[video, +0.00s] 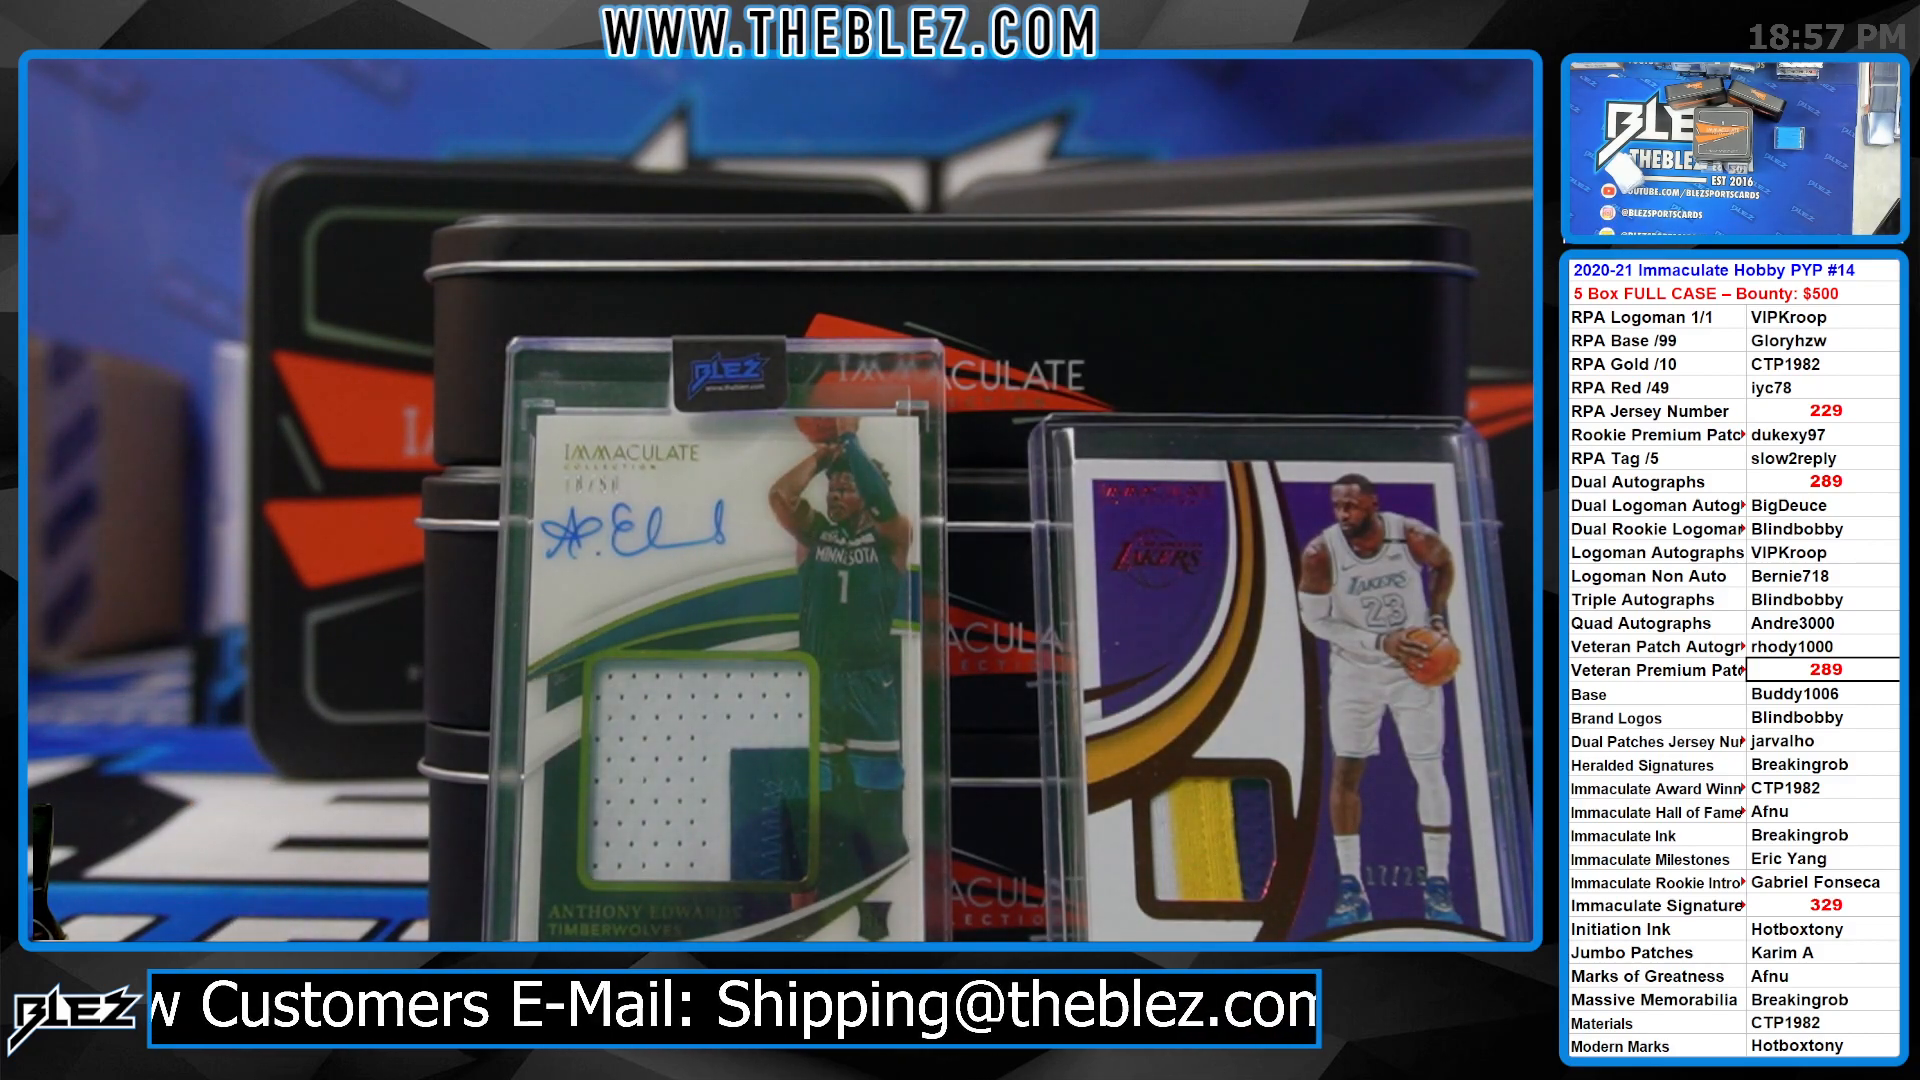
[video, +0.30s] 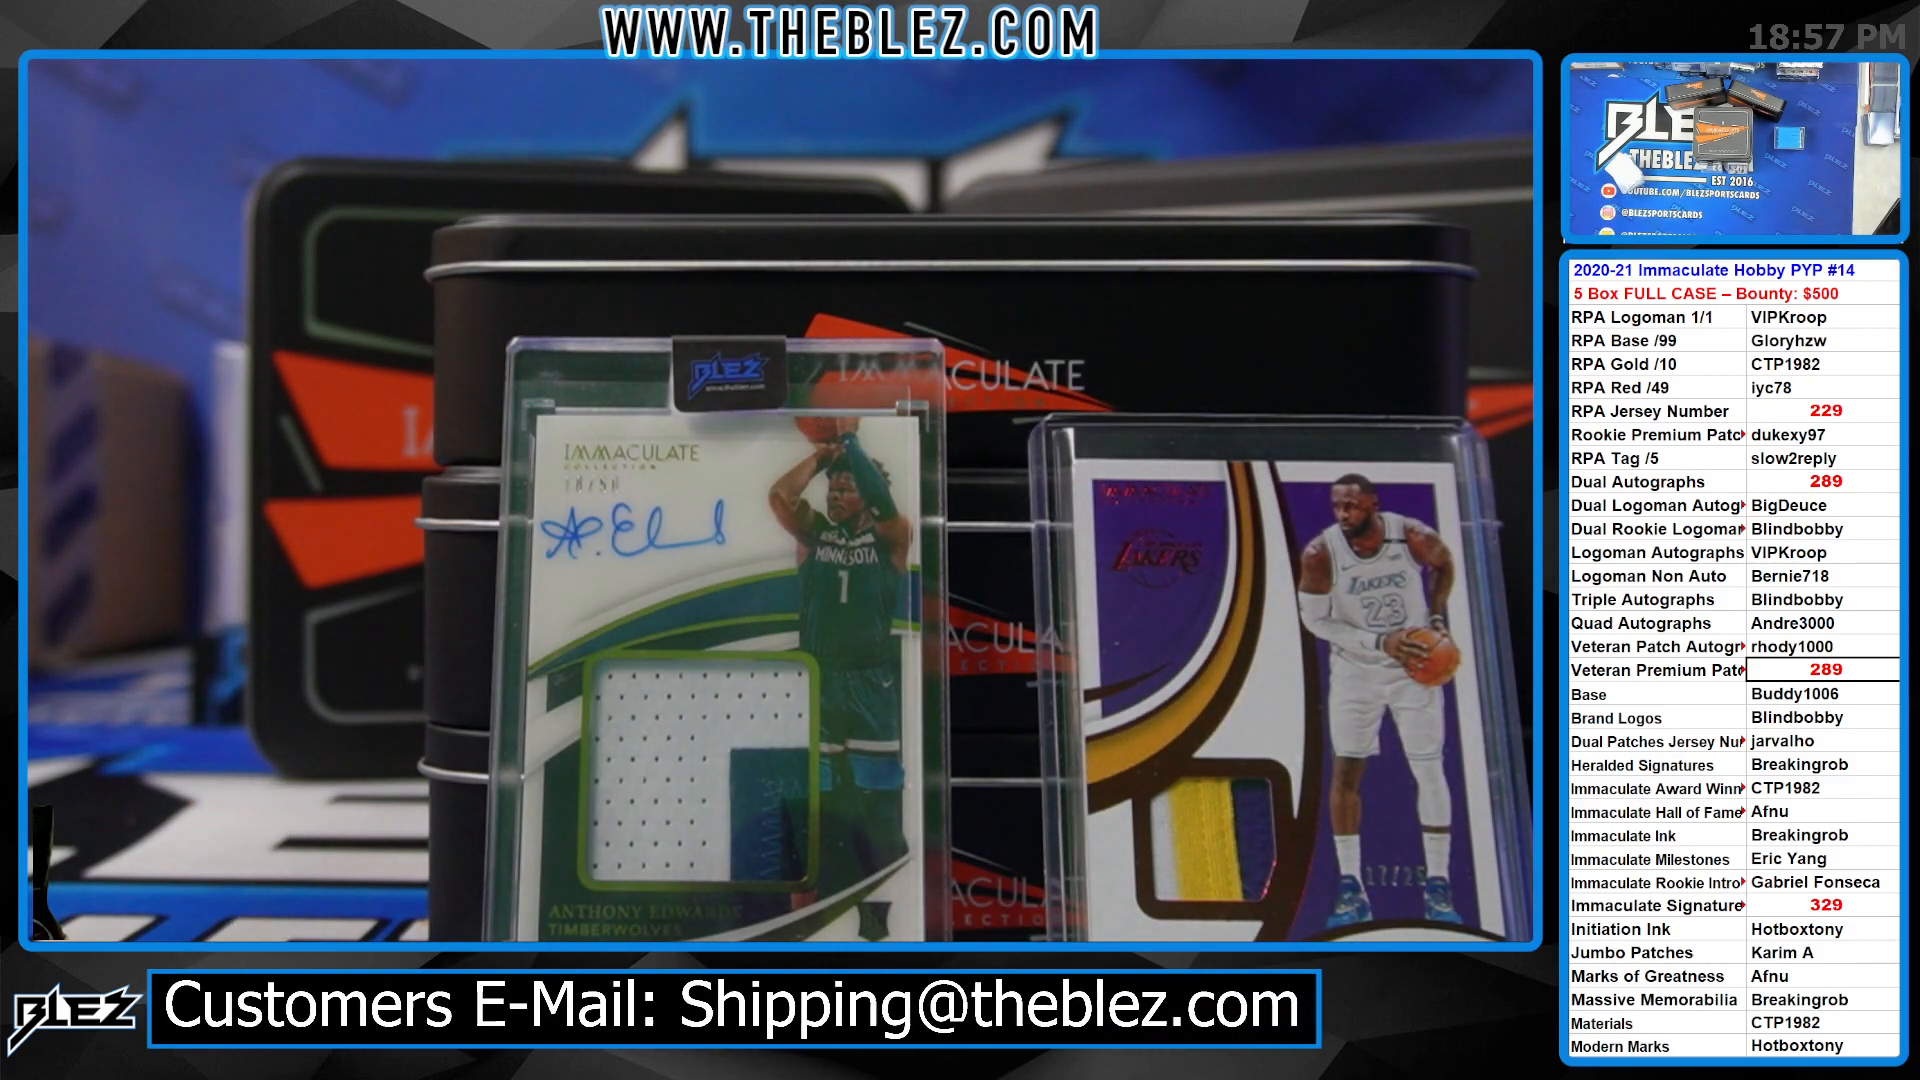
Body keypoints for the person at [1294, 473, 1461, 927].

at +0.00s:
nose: (1343, 514)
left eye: (1351, 506)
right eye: (1337, 506)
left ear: (1373, 505)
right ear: (1332, 509)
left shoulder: (1413, 536)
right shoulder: (1319, 555)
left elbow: (1444, 565)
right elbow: (1316, 621)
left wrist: (1436, 617)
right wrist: (1379, 642)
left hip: (1414, 673)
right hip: (1354, 674)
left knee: (1430, 771)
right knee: (1348, 773)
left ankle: (1438, 884)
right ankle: (1350, 888)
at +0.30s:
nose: (1343, 514)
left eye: (1351, 506)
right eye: (1337, 506)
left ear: (1373, 505)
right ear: (1332, 509)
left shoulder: (1413, 536)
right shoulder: (1319, 555)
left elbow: (1444, 565)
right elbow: (1315, 621)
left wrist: (1436, 617)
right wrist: (1379, 642)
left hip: (1414, 673)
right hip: (1354, 675)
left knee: (1430, 771)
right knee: (1348, 773)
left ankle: (1438, 884)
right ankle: (1350, 888)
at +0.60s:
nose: (1343, 514)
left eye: (1351, 505)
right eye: (1337, 506)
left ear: (1373, 505)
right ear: (1332, 509)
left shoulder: (1414, 536)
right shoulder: (1319, 555)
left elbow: (1444, 565)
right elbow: (1315, 621)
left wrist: (1436, 617)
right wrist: (1379, 642)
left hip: (1414, 673)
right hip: (1354, 675)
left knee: (1430, 772)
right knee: (1348, 773)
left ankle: (1438, 884)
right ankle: (1350, 888)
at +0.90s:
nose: (1342, 514)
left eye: (1351, 505)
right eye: (1337, 506)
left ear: (1373, 505)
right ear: (1332, 509)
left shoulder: (1414, 537)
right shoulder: (1319, 555)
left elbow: (1444, 564)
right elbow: (1315, 621)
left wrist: (1436, 617)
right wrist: (1379, 642)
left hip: (1414, 673)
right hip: (1354, 674)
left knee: (1430, 772)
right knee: (1348, 773)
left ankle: (1438, 884)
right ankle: (1350, 888)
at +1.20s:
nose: (1342, 514)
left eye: (1351, 505)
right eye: (1337, 506)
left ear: (1373, 505)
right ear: (1332, 509)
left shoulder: (1413, 536)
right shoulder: (1319, 555)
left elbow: (1444, 565)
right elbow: (1315, 621)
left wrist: (1436, 617)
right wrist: (1379, 642)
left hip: (1414, 673)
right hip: (1354, 674)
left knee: (1430, 771)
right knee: (1348, 773)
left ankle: (1438, 884)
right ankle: (1350, 888)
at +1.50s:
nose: (1343, 514)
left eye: (1351, 505)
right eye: (1337, 506)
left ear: (1373, 505)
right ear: (1332, 509)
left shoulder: (1413, 536)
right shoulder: (1319, 555)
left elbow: (1445, 565)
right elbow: (1315, 621)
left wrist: (1436, 617)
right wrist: (1379, 642)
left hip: (1414, 673)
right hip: (1354, 674)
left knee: (1430, 772)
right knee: (1347, 773)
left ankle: (1438, 885)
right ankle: (1351, 889)